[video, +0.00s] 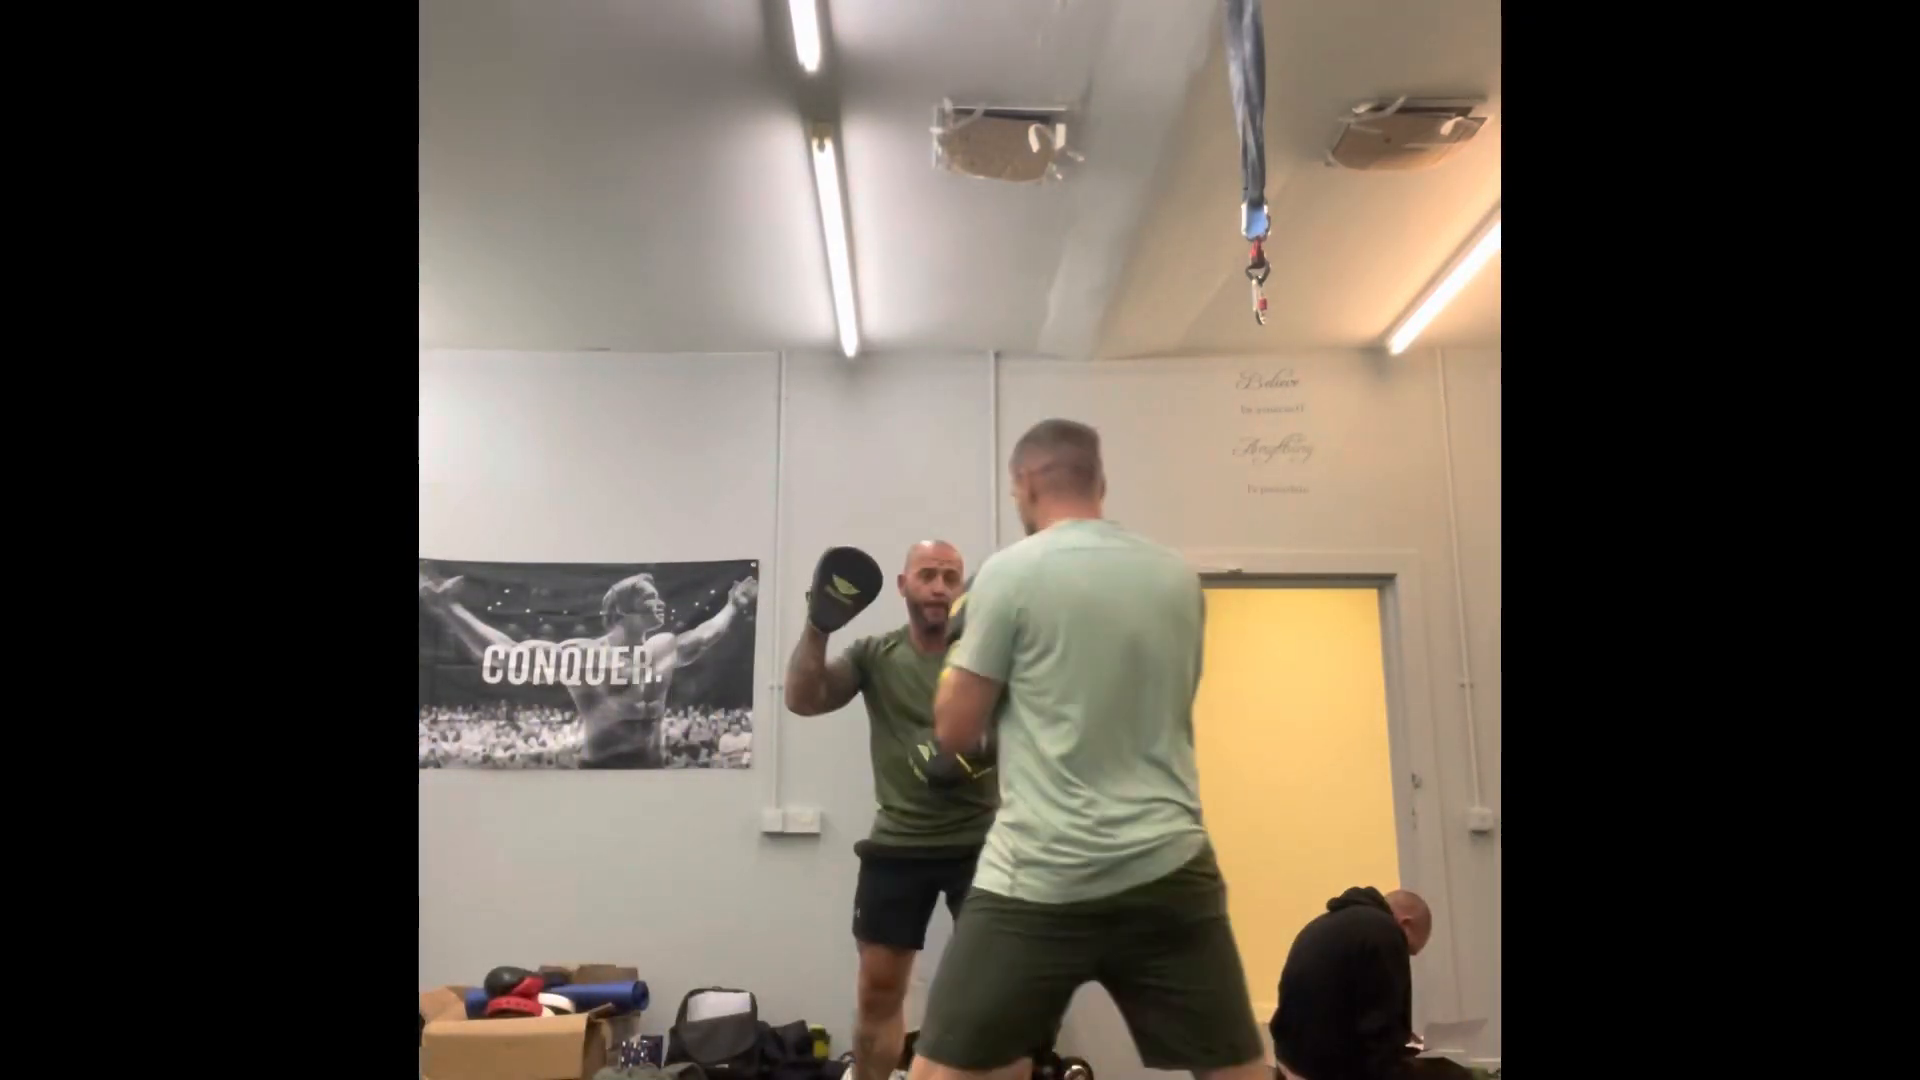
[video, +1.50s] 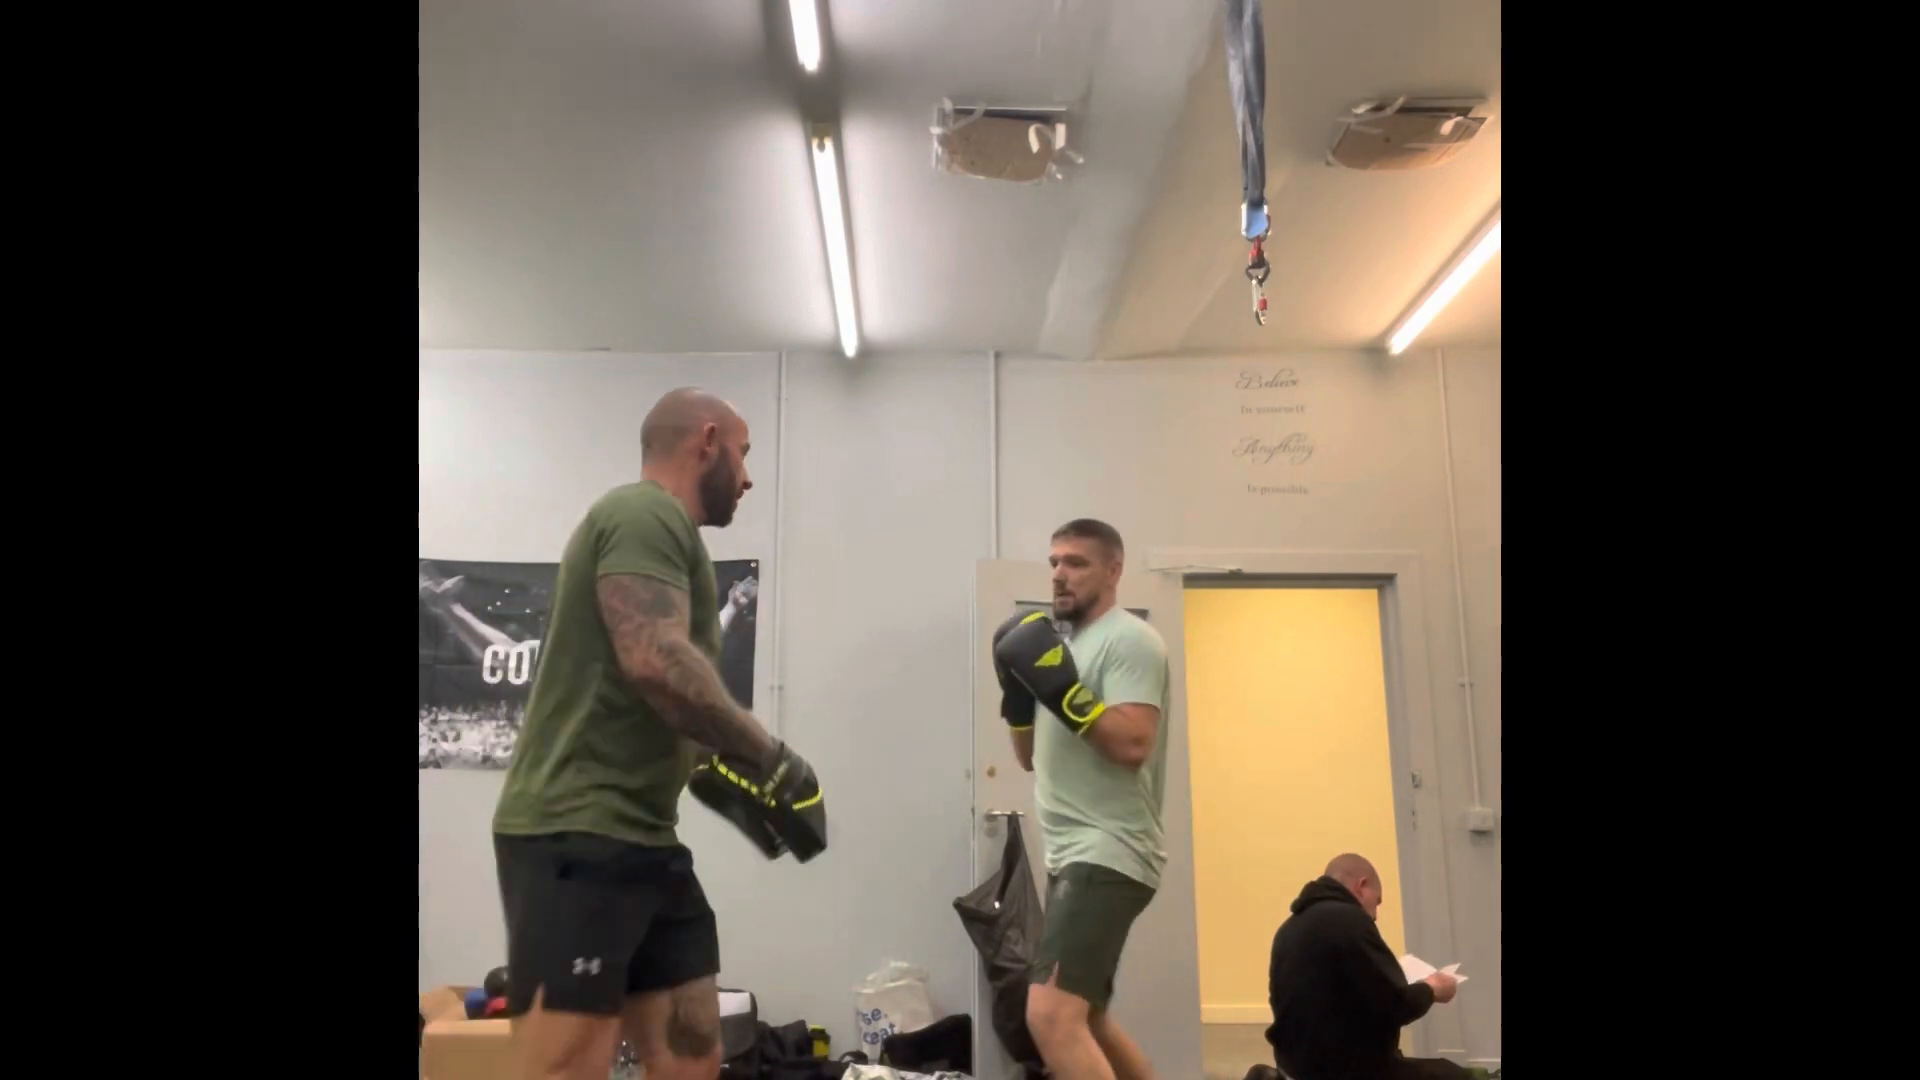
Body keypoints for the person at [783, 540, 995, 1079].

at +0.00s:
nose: (938, 587)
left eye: (950, 577)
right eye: (926, 575)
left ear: (964, 588)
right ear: (903, 586)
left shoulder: (988, 650)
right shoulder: (875, 653)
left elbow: (1024, 728)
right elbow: (804, 698)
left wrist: (971, 753)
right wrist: (819, 623)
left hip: (981, 844)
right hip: (898, 845)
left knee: (999, 985)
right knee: (877, 990)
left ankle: (1009, 1075)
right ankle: (871, 1078)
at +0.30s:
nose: (953, 586)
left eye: (965, 571)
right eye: (944, 571)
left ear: (991, 579)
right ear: (927, 578)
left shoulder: (1009, 648)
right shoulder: (904, 640)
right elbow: (842, 676)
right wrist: (868, 603)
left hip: (993, 841)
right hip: (908, 837)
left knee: (1012, 998)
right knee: (864, 988)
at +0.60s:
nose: (898, 580)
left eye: (909, 570)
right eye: (887, 568)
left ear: (920, 580)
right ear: (862, 575)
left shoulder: (947, 649)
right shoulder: (825, 644)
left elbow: (979, 734)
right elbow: (764, 719)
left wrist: (946, 716)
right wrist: (775, 679)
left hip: (925, 829)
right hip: (846, 832)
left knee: (955, 962)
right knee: (827, 976)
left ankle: (954, 1073)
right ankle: (844, 1077)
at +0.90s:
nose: (766, 574)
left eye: (770, 564)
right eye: (752, 562)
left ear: (775, 571)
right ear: (713, 569)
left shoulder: (796, 645)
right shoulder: (663, 649)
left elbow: (844, 724)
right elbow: (616, 732)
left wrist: (879, 799)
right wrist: (620, 798)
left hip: (781, 837)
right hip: (699, 841)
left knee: (784, 989)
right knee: (691, 1002)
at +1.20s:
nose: (713, 526)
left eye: (713, 512)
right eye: (701, 509)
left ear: (662, 509)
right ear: (655, 506)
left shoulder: (689, 618)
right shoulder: (569, 582)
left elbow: (688, 729)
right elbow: (484, 679)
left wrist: (723, 729)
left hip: (642, 851)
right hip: (548, 838)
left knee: (624, 1038)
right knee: (480, 1035)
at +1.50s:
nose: (750, 476)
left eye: (749, 457)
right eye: (743, 454)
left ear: (690, 449)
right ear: (707, 445)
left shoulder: (678, 544)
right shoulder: (643, 511)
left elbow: (656, 702)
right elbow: (655, 656)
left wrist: (720, 781)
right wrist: (776, 762)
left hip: (644, 833)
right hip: (573, 829)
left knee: (687, 1049)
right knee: (565, 1059)